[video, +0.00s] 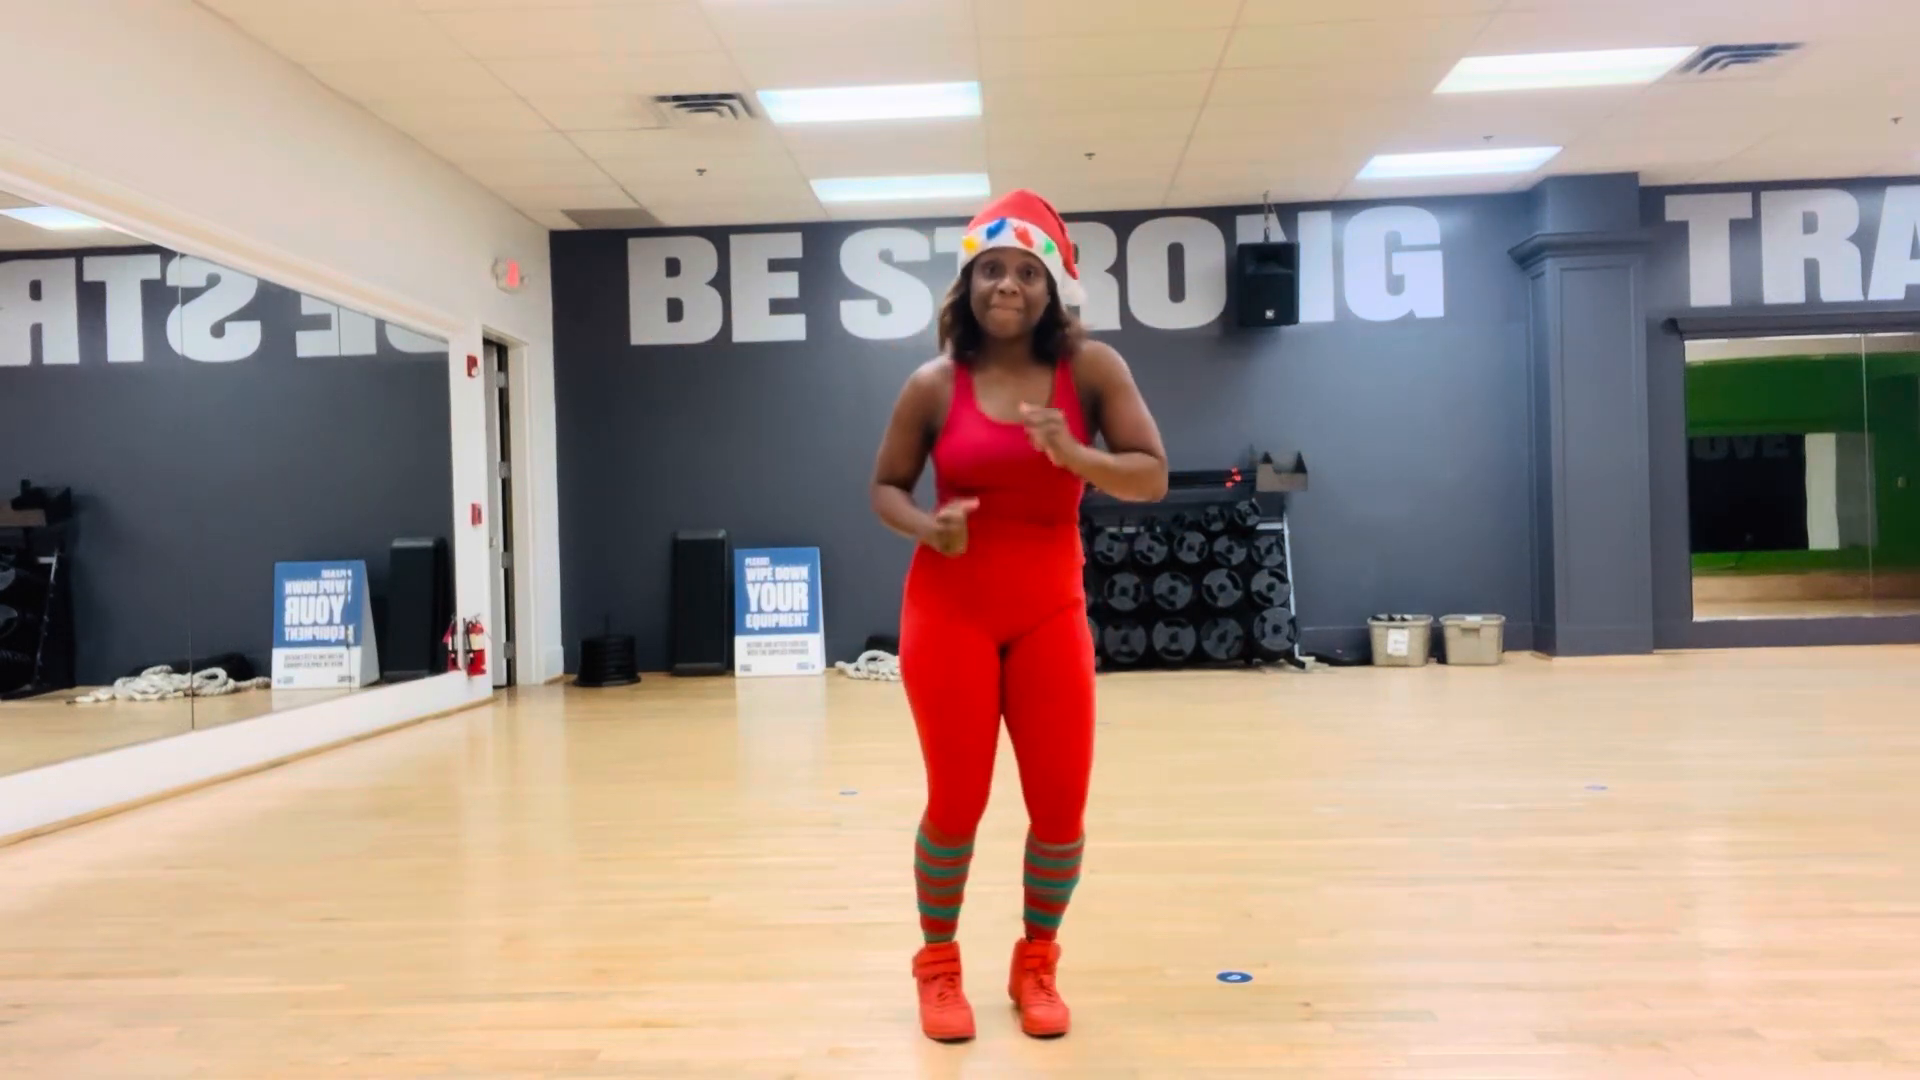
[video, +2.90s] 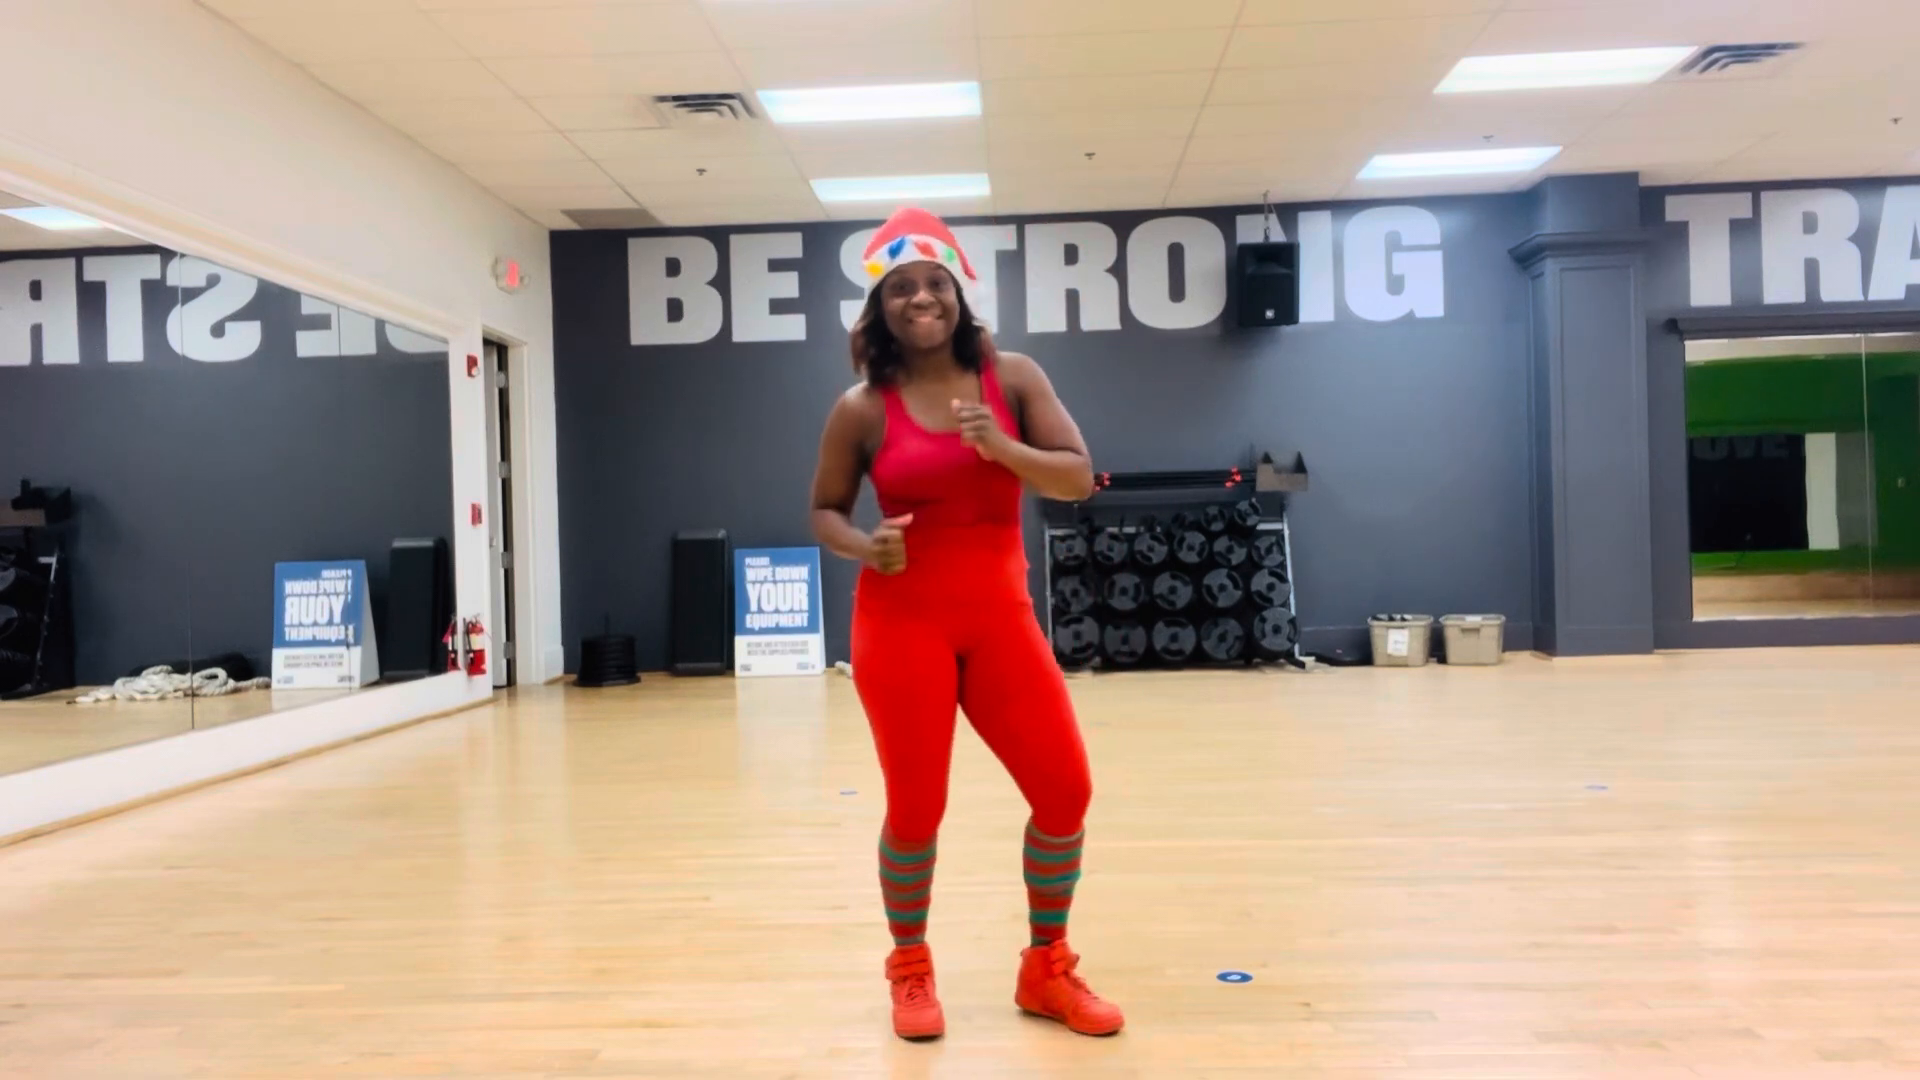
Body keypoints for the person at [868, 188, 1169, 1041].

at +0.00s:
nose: (1005, 287)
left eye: (1024, 273)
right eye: (990, 271)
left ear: (1050, 288)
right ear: (968, 285)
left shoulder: (1092, 366)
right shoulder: (935, 385)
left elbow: (1152, 477)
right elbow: (886, 488)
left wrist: (1078, 458)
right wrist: (924, 523)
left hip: (1051, 610)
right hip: (948, 609)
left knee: (1061, 807)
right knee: (956, 803)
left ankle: (1036, 968)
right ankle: (938, 968)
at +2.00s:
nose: (1032, 291)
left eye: (1052, 280)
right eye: (1019, 274)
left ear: (1081, 299)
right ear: (999, 285)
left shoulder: (1108, 396)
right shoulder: (951, 373)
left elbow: (1158, 499)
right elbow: (888, 472)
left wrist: (1110, 527)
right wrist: (940, 470)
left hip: (1085, 611)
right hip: (982, 611)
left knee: (1077, 796)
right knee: (950, 803)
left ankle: (1088, 966)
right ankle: (954, 969)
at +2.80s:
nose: (937, 282)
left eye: (951, 267)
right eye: (919, 272)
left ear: (978, 279)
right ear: (898, 293)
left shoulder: (1026, 365)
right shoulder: (872, 385)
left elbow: (1078, 479)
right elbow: (824, 489)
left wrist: (1023, 454)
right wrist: (877, 513)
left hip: (1019, 598)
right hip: (917, 603)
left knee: (1065, 783)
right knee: (923, 794)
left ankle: (1069, 961)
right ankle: (911, 968)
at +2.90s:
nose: (922, 299)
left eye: (935, 283)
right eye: (903, 289)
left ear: (960, 295)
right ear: (882, 312)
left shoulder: (1012, 376)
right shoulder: (862, 409)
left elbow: (1077, 477)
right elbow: (822, 512)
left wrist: (1006, 450)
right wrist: (864, 544)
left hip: (1000, 611)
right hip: (903, 616)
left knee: (1064, 786)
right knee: (915, 806)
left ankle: (1047, 969)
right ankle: (911, 973)